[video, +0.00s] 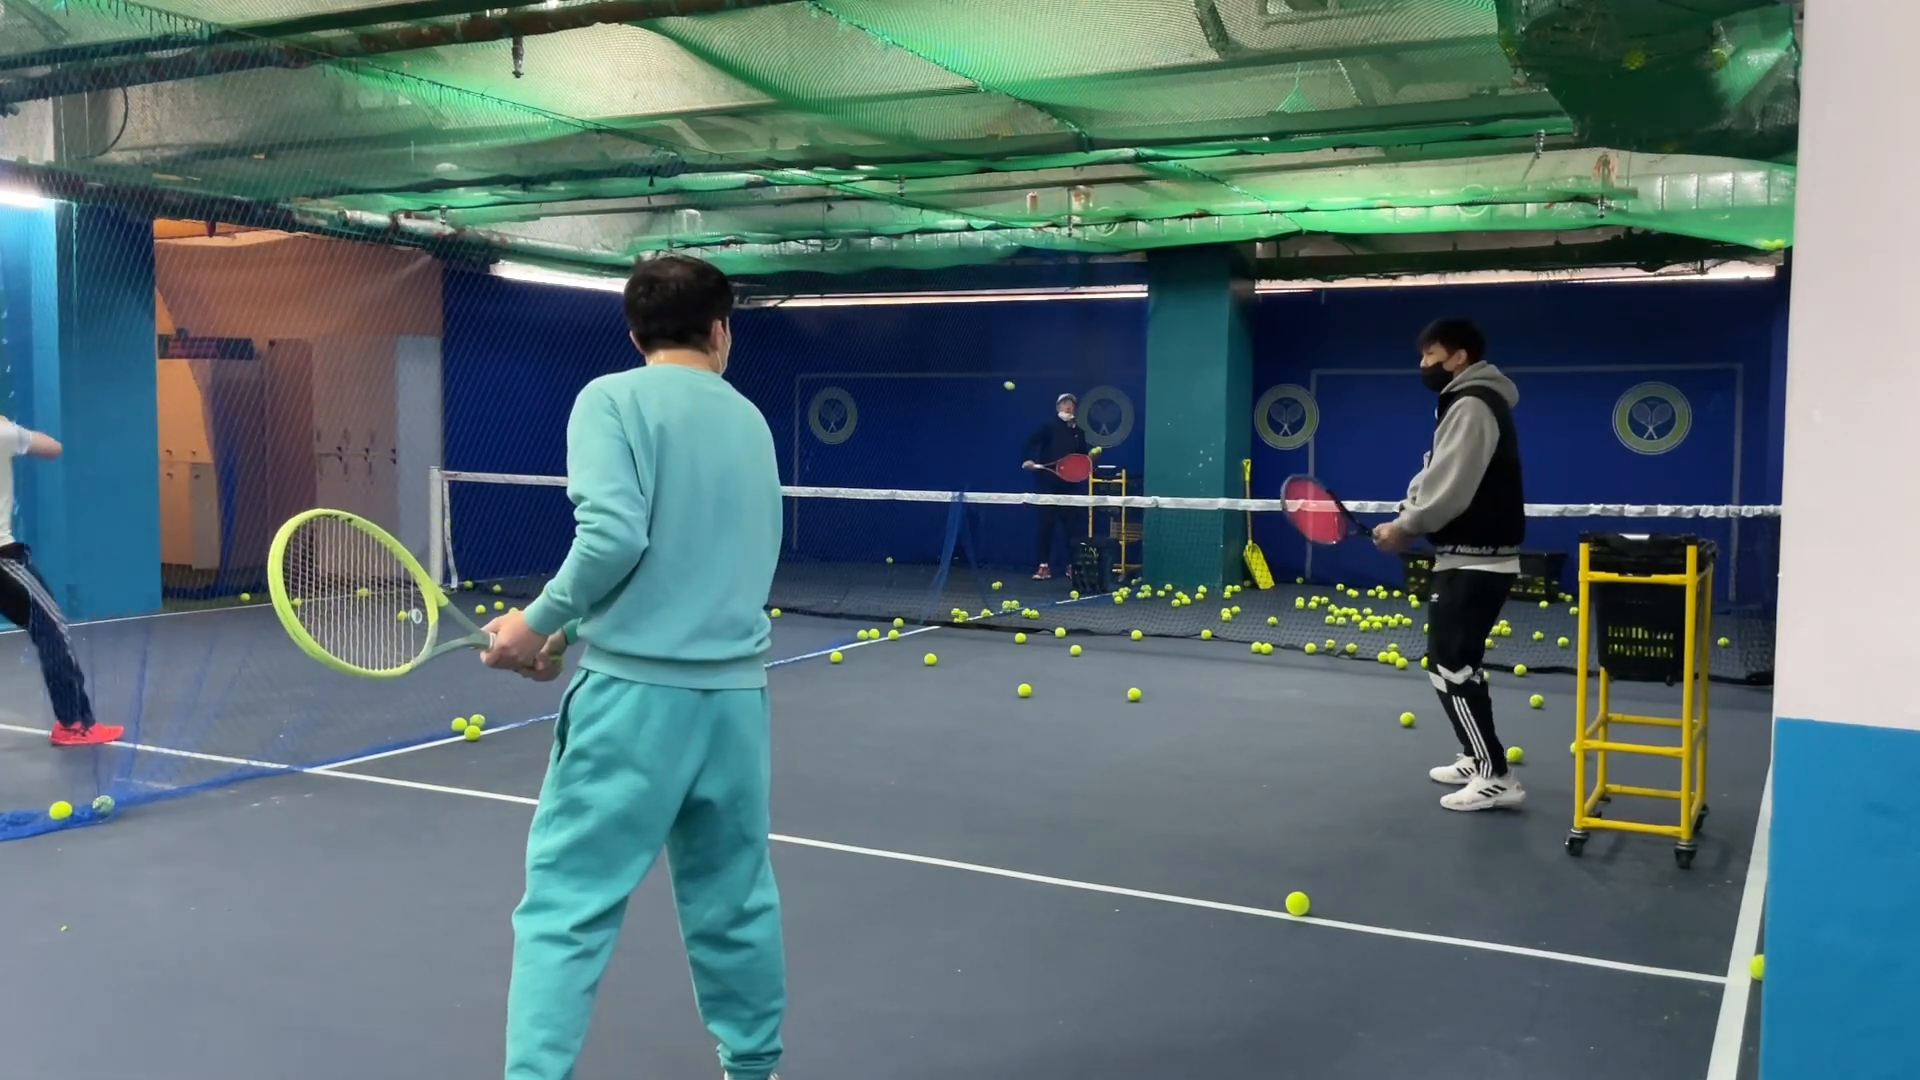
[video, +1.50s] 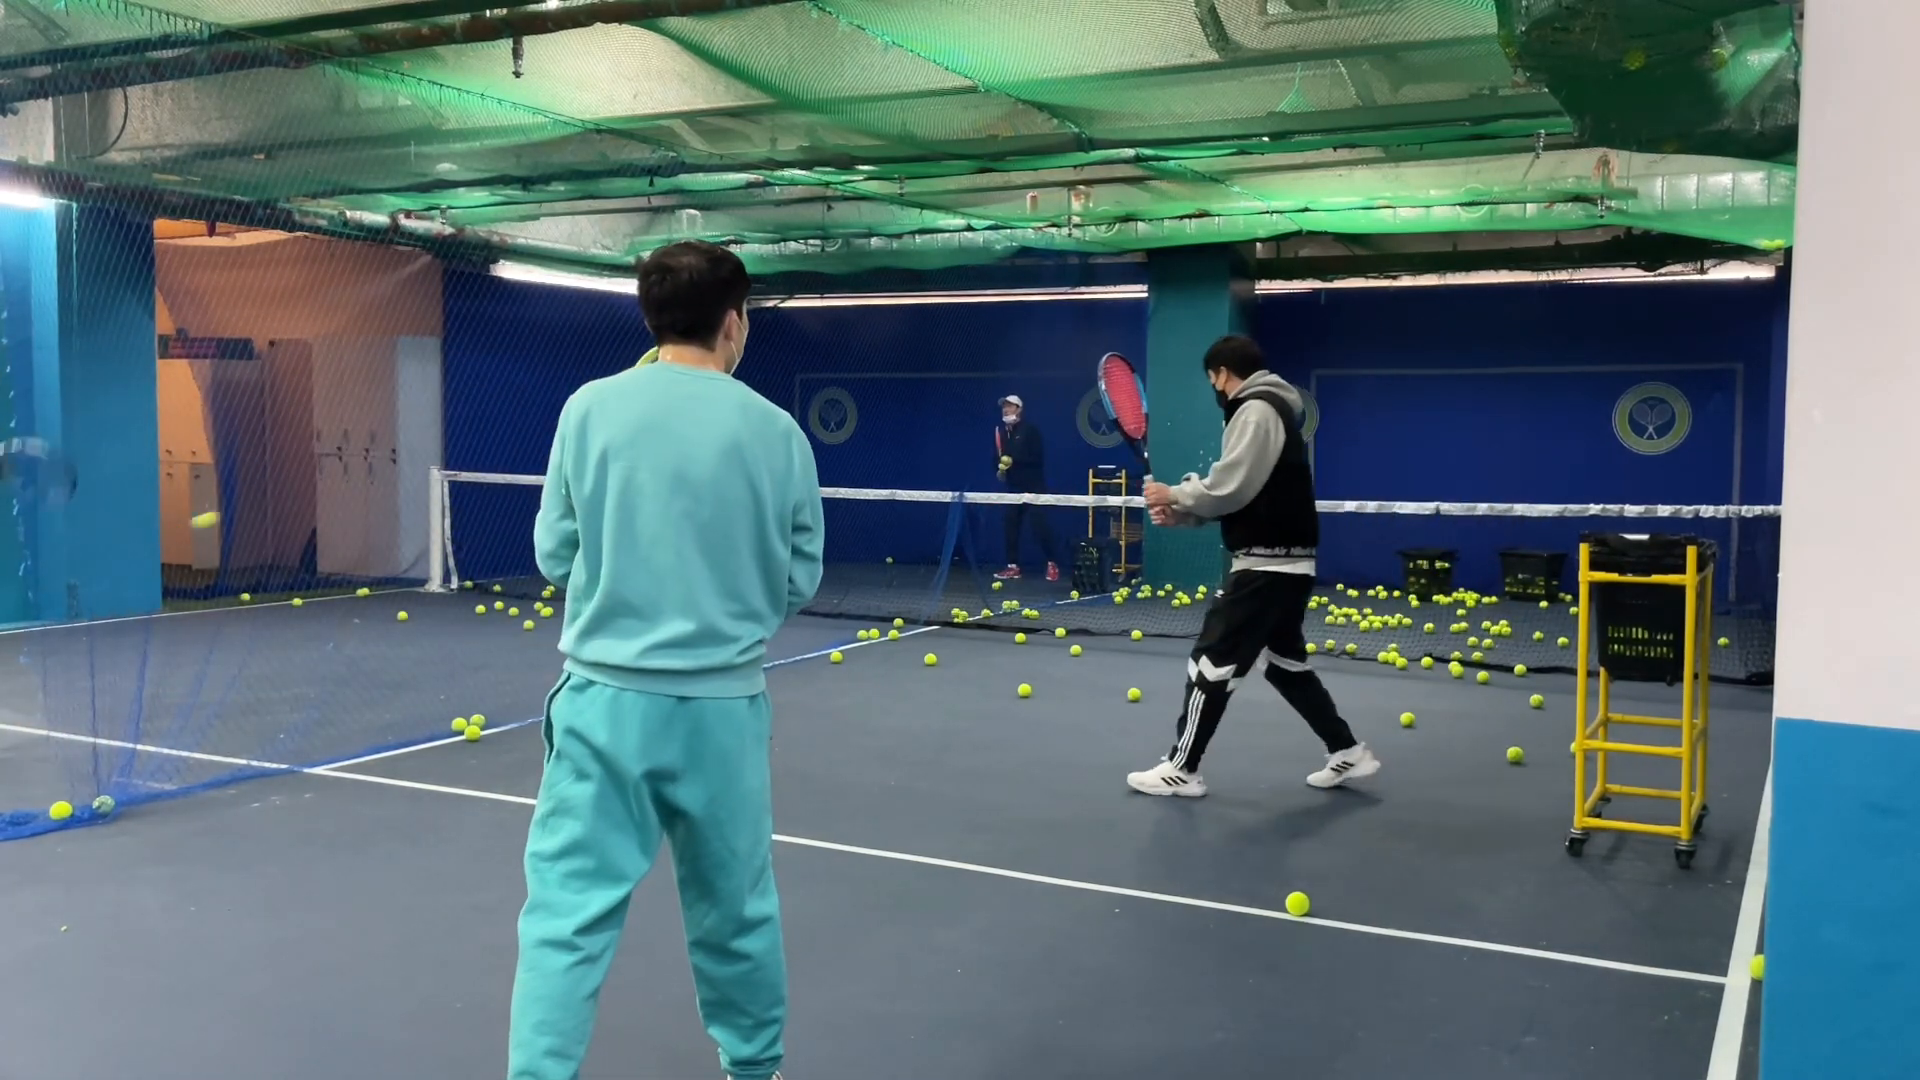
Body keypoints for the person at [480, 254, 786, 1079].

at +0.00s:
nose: (733, 339)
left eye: (729, 326)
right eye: (732, 327)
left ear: (640, 332)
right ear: (718, 331)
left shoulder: (610, 400)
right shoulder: (751, 422)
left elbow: (616, 533)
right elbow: (721, 563)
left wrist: (535, 621)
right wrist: (574, 631)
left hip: (630, 702)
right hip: (737, 705)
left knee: (567, 911)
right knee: (735, 898)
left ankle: (536, 1069)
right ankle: (754, 1064)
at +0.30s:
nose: (729, 338)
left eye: (724, 325)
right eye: (727, 325)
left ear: (636, 332)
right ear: (713, 331)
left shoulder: (607, 402)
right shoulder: (749, 422)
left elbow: (615, 537)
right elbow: (727, 565)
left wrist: (538, 625)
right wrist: (571, 633)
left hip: (628, 700)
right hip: (735, 703)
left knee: (566, 910)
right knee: (733, 896)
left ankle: (536, 1069)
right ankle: (754, 1064)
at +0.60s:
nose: (727, 335)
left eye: (724, 322)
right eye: (726, 322)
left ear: (635, 331)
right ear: (712, 328)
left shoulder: (607, 404)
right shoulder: (752, 421)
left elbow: (607, 542)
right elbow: (729, 571)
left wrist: (521, 614)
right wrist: (575, 632)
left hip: (625, 703)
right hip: (732, 705)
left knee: (567, 911)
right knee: (733, 897)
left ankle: (538, 1069)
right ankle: (754, 1064)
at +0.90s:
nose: (734, 328)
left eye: (730, 315)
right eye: (732, 315)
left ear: (639, 327)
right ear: (718, 323)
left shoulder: (597, 407)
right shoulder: (763, 424)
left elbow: (566, 556)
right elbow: (764, 560)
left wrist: (535, 570)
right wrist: (585, 587)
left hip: (616, 704)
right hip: (731, 707)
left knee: (569, 909)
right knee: (733, 898)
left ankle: (539, 1068)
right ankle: (751, 1064)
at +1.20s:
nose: (740, 326)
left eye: (737, 313)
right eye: (738, 313)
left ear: (643, 324)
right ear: (726, 321)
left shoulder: (592, 412)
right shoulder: (773, 428)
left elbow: (559, 554)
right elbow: (792, 567)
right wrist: (720, 583)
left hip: (611, 706)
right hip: (730, 710)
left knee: (570, 911)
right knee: (737, 904)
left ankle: (541, 1069)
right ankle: (752, 1064)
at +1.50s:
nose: (748, 328)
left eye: (744, 314)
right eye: (746, 314)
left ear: (650, 321)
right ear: (730, 321)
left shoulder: (590, 410)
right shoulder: (776, 431)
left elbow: (555, 549)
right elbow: (800, 573)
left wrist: (632, 586)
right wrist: (725, 611)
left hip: (603, 708)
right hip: (724, 713)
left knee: (566, 914)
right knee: (736, 909)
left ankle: (537, 1070)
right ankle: (753, 1064)